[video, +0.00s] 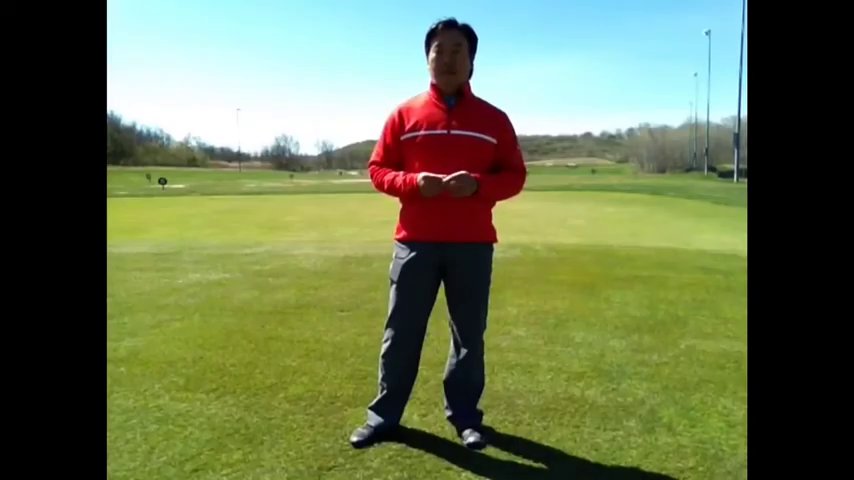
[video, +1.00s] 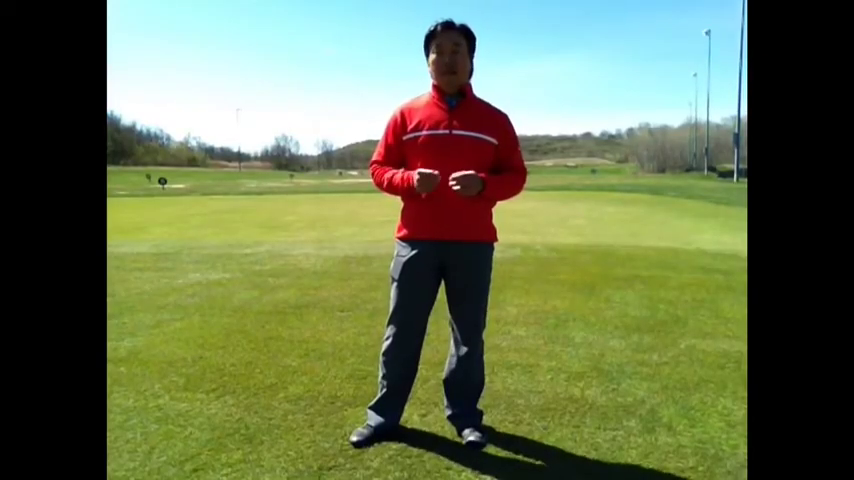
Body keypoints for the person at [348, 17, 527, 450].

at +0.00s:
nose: (446, 57)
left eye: (456, 49)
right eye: (438, 49)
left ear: (471, 59)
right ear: (427, 58)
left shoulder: (494, 119)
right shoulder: (403, 116)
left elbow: (516, 176)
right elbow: (378, 171)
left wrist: (480, 184)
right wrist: (413, 182)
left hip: (472, 245)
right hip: (415, 243)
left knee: (469, 337)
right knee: (400, 333)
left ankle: (467, 419)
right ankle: (383, 417)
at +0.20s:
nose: (447, 57)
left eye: (456, 50)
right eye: (439, 49)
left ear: (472, 59)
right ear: (427, 58)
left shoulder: (495, 120)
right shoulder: (403, 116)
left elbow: (516, 177)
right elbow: (378, 171)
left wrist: (480, 185)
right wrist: (414, 182)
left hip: (472, 245)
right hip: (415, 243)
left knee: (469, 337)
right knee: (400, 333)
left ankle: (467, 419)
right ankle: (383, 417)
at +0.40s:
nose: (447, 57)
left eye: (457, 49)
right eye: (439, 49)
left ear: (472, 59)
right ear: (427, 59)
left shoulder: (495, 120)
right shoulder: (404, 116)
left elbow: (516, 176)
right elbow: (379, 171)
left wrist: (480, 185)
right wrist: (415, 181)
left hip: (472, 245)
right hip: (415, 243)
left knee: (469, 337)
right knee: (400, 332)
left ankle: (467, 419)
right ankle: (383, 417)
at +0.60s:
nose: (447, 57)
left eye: (457, 50)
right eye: (440, 50)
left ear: (472, 60)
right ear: (428, 59)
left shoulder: (495, 120)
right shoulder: (404, 116)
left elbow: (515, 176)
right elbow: (379, 171)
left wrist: (480, 184)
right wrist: (415, 181)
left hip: (472, 245)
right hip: (415, 242)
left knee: (469, 336)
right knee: (400, 332)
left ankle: (467, 419)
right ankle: (383, 417)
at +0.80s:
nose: (447, 58)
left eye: (457, 50)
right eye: (440, 50)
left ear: (472, 60)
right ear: (428, 60)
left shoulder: (494, 121)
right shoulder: (405, 116)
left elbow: (515, 177)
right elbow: (379, 170)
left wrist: (483, 184)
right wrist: (403, 182)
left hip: (471, 245)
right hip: (416, 242)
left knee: (469, 336)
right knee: (400, 332)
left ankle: (466, 419)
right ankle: (383, 417)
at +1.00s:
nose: (448, 58)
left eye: (457, 50)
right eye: (439, 51)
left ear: (472, 59)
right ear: (427, 61)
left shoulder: (495, 121)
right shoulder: (405, 116)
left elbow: (516, 176)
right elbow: (379, 170)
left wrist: (485, 184)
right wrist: (408, 179)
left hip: (472, 245)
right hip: (416, 242)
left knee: (469, 336)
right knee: (400, 332)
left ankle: (467, 418)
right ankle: (383, 417)